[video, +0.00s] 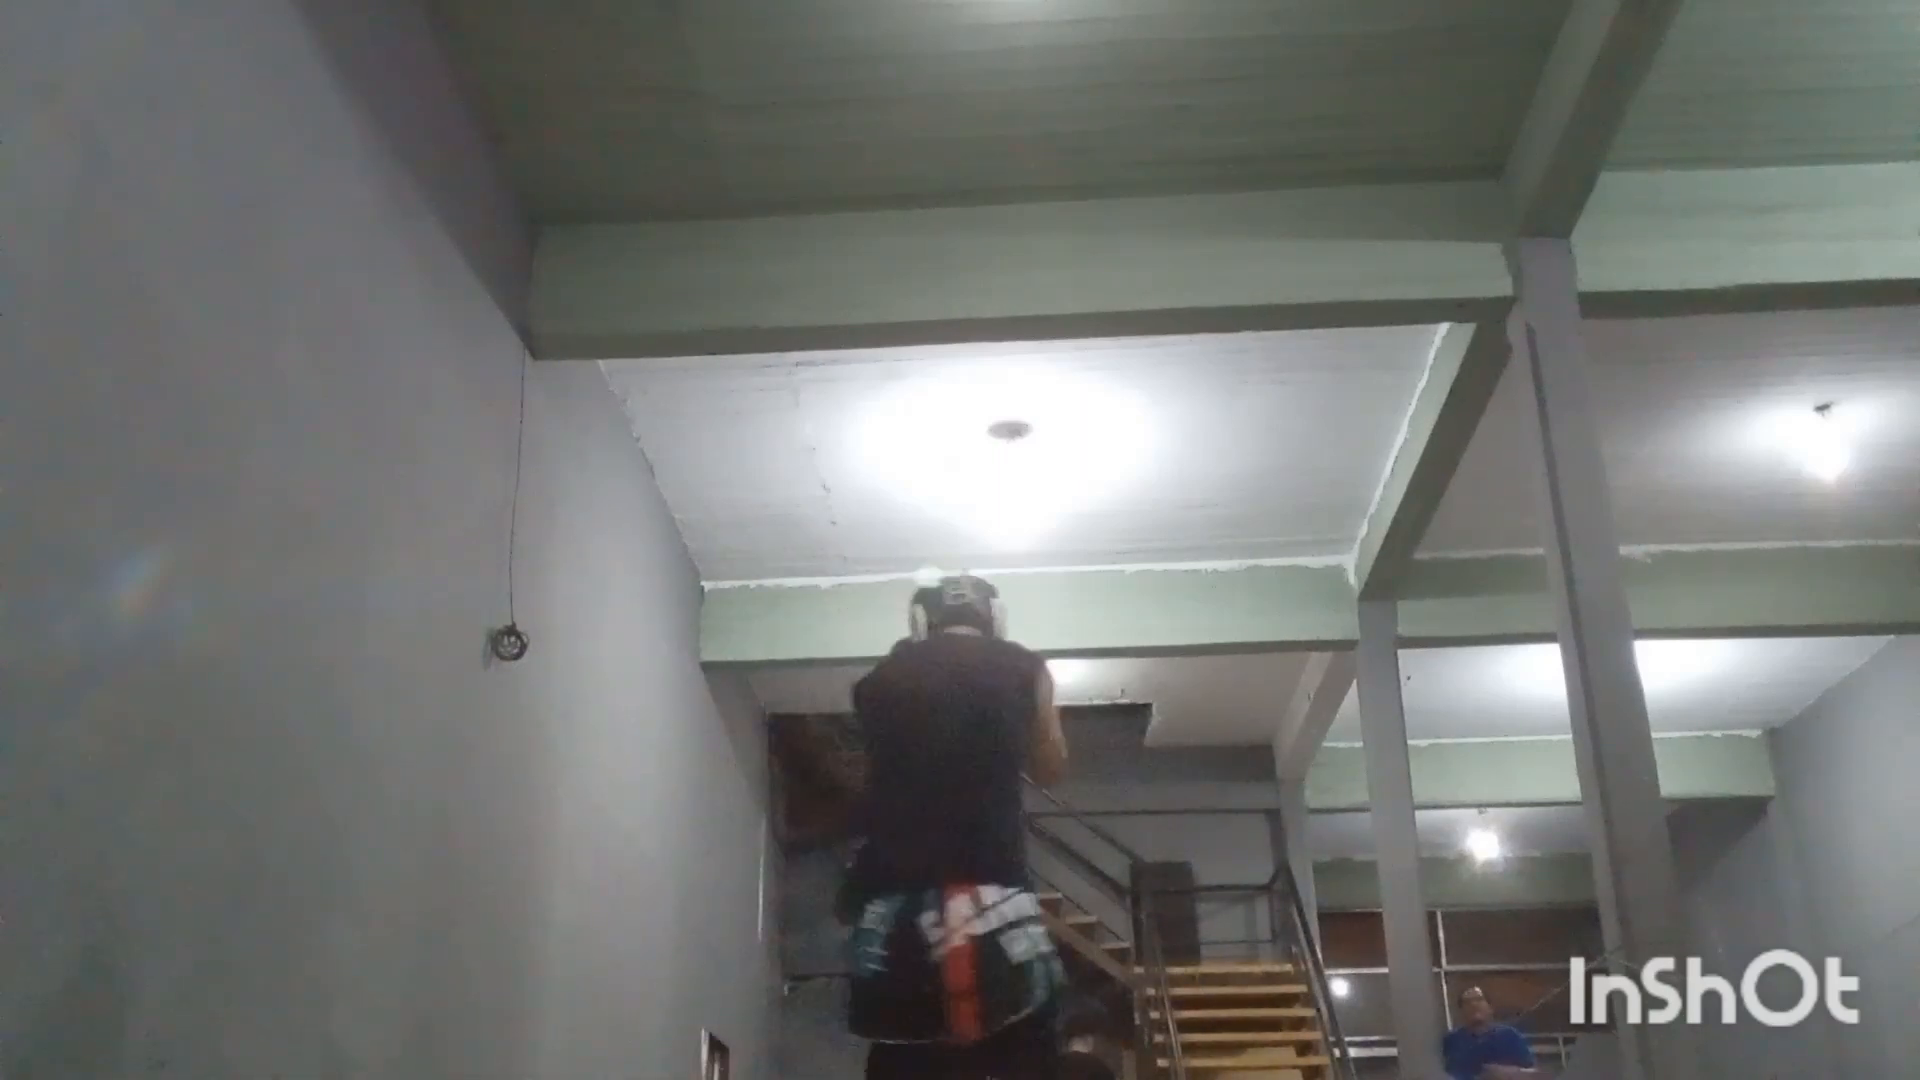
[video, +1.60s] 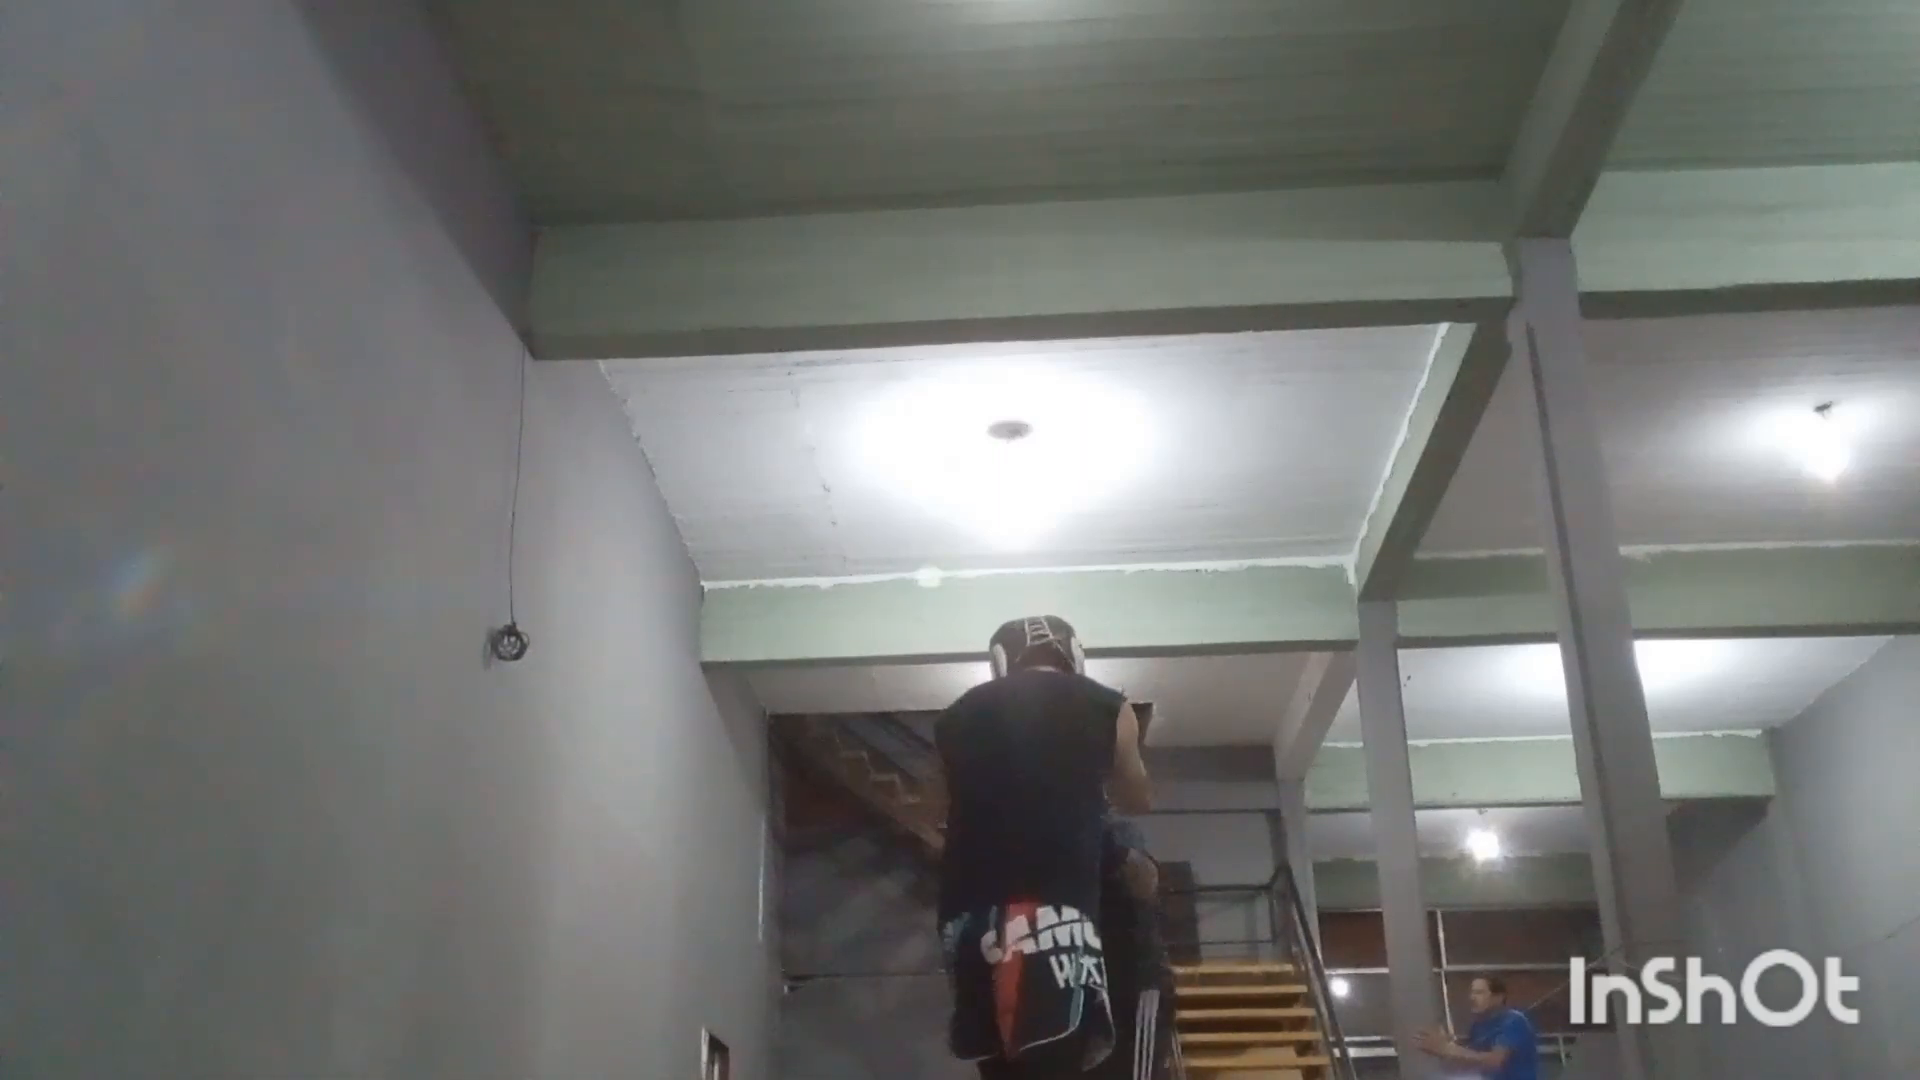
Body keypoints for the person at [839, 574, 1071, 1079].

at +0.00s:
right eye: (995, 611)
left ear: (924, 621)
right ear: (991, 619)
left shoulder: (879, 679)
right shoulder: (1023, 667)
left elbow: (875, 778)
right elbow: (1049, 768)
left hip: (890, 905)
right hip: (995, 902)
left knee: (900, 1061)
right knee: (1010, 1061)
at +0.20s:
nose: (1036, 626)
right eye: (1034, 619)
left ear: (963, 625)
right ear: (1030, 623)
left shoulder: (917, 685)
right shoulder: (1068, 670)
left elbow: (914, 781)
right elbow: (1092, 763)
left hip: (937, 907)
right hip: (1043, 902)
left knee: (942, 1068)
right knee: (1075, 1067)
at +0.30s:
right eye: (1052, 621)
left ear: (977, 627)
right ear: (1045, 623)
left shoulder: (931, 686)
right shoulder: (1082, 670)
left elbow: (898, 781)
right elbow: (1112, 761)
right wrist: (1049, 740)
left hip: (957, 904)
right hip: (1063, 900)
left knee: (989, 1067)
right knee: (1080, 1063)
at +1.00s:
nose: (1009, 648)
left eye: (1009, 641)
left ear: (1017, 642)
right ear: (1083, 636)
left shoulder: (977, 698)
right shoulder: (1127, 681)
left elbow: (934, 798)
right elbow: (1161, 779)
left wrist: (939, 757)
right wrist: (1106, 739)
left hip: (1012, 904)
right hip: (1112, 896)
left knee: (1029, 1059)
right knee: (1126, 1060)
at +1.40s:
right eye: (1080, 650)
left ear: (1005, 654)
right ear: (1072, 649)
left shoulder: (962, 709)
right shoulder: (1108, 694)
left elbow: (914, 800)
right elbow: (1148, 793)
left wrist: (981, 789)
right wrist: (1130, 735)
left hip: (980, 923)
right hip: (1073, 920)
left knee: (1000, 1067)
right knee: (1074, 1068)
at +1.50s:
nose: (1086, 660)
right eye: (1082, 653)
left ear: (1007, 659)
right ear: (1073, 654)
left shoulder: (961, 711)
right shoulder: (1108, 701)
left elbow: (908, 800)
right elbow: (1146, 799)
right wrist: (1134, 741)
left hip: (973, 915)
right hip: (1066, 913)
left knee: (999, 1062)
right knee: (1060, 1061)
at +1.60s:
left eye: (994, 663)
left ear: (1004, 662)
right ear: (1070, 657)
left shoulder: (957, 714)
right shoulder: (1109, 706)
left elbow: (953, 812)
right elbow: (1136, 798)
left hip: (972, 893)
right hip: (1066, 894)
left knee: (991, 1055)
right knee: (1060, 1051)